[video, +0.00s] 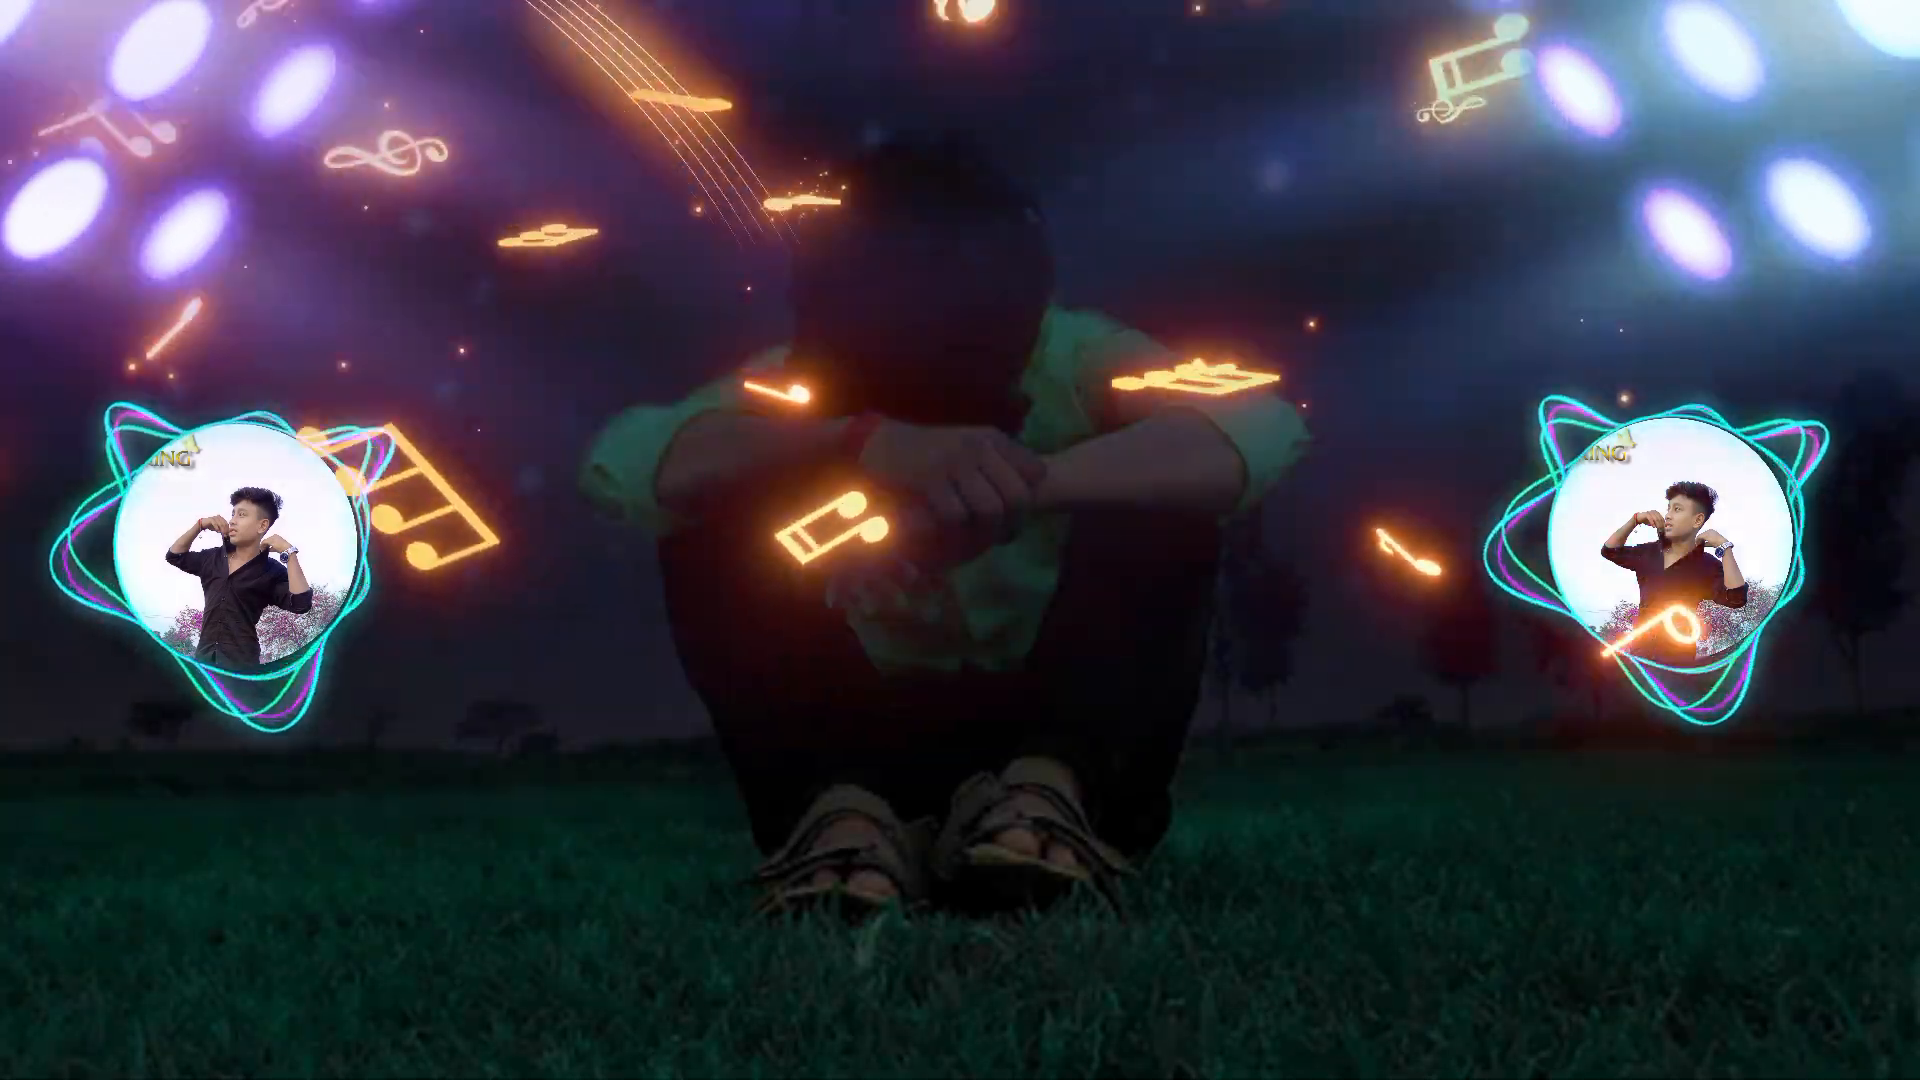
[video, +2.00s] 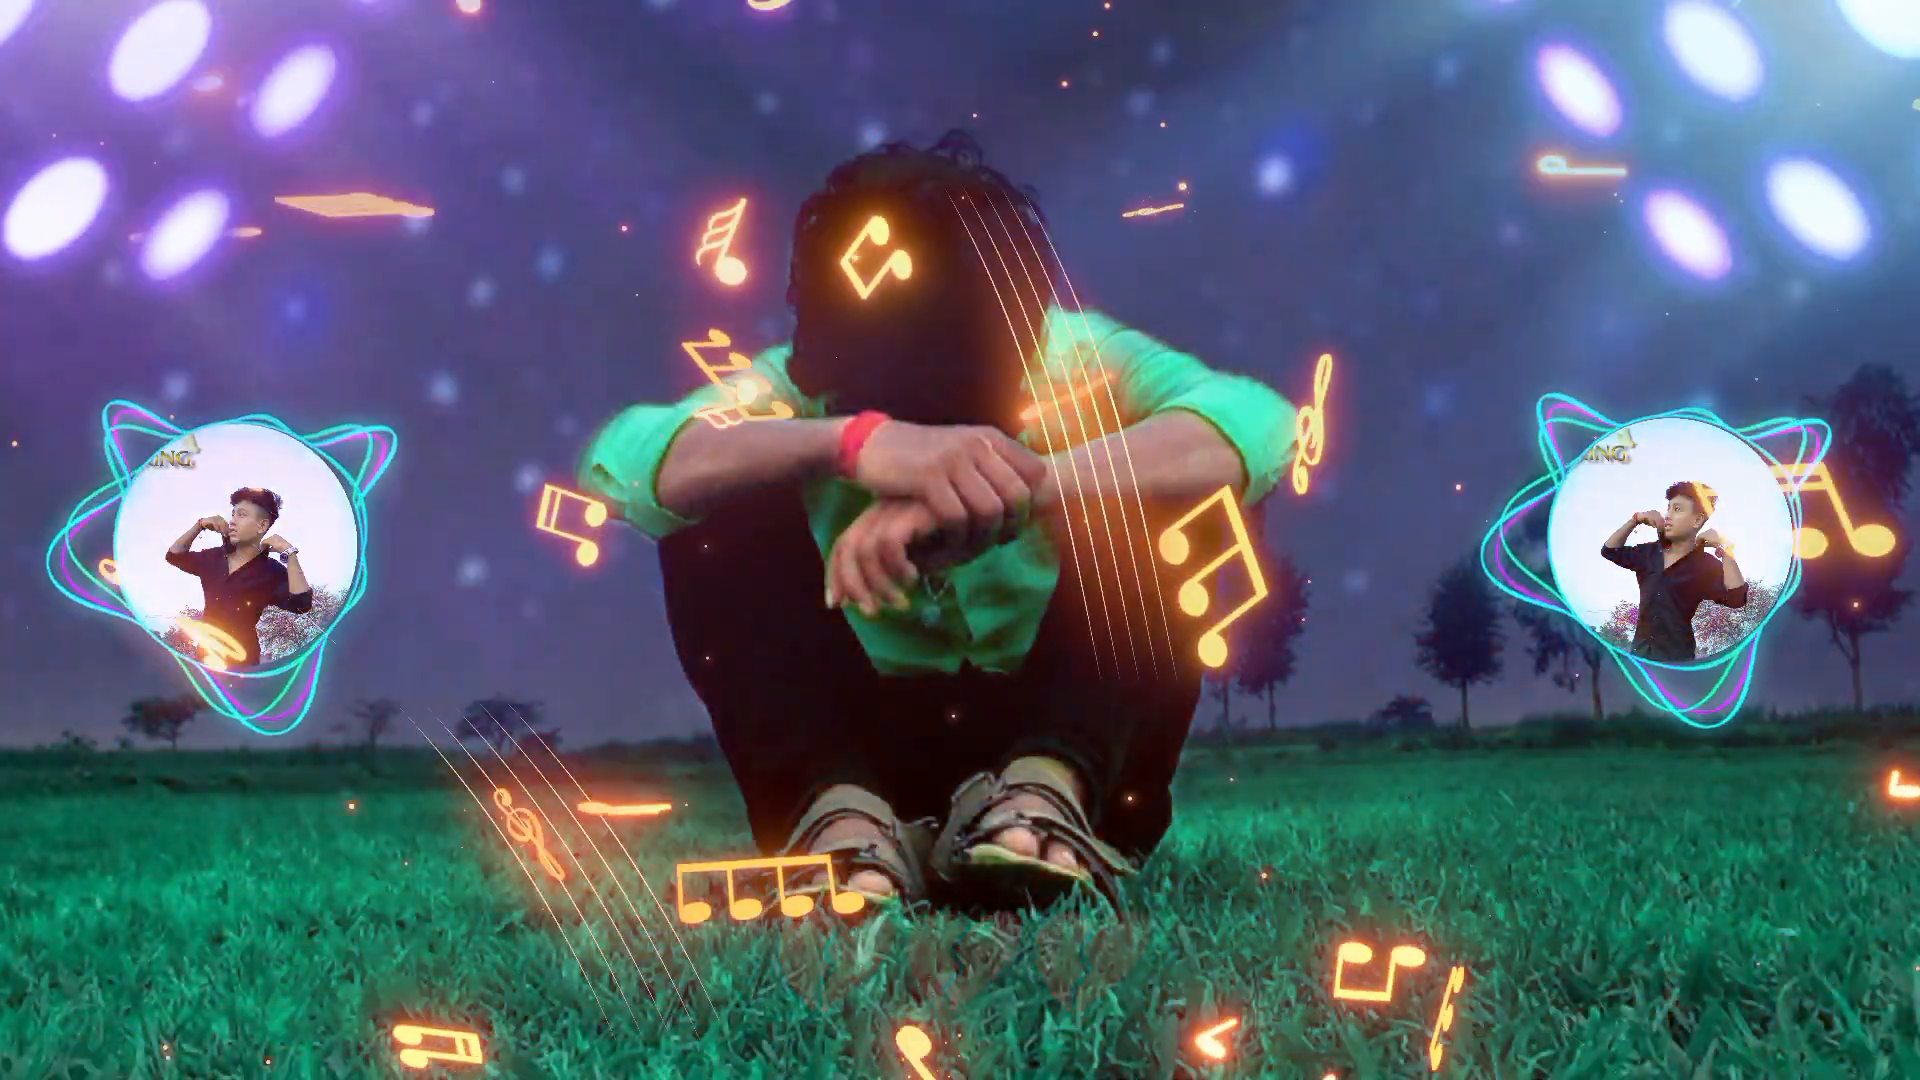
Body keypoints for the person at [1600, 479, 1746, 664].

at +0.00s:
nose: (1667, 515)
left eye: (1677, 509)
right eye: (1668, 509)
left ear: (1698, 520)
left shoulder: (1706, 565)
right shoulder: (1647, 554)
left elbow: (1737, 599)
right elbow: (1609, 551)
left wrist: (1725, 547)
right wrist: (1634, 520)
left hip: (1678, 661)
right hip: (1639, 655)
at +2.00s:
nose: (1668, 515)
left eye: (1678, 509)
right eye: (1669, 508)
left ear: (1699, 520)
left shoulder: (1705, 565)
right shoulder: (1648, 553)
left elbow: (1737, 600)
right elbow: (1609, 551)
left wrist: (1725, 548)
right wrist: (1633, 521)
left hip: (1678, 659)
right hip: (1640, 654)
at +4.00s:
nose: (1667, 515)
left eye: (1677, 509)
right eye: (1669, 509)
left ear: (1698, 520)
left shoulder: (1706, 565)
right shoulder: (1651, 552)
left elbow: (1737, 600)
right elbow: (1609, 551)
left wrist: (1725, 547)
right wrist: (1634, 521)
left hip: (1677, 655)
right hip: (1640, 650)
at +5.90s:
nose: (1667, 515)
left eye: (1677, 509)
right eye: (1668, 509)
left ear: (1698, 520)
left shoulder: (1705, 564)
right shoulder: (1647, 553)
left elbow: (1737, 599)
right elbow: (1609, 551)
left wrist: (1725, 547)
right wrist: (1634, 520)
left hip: (1677, 659)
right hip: (1639, 655)